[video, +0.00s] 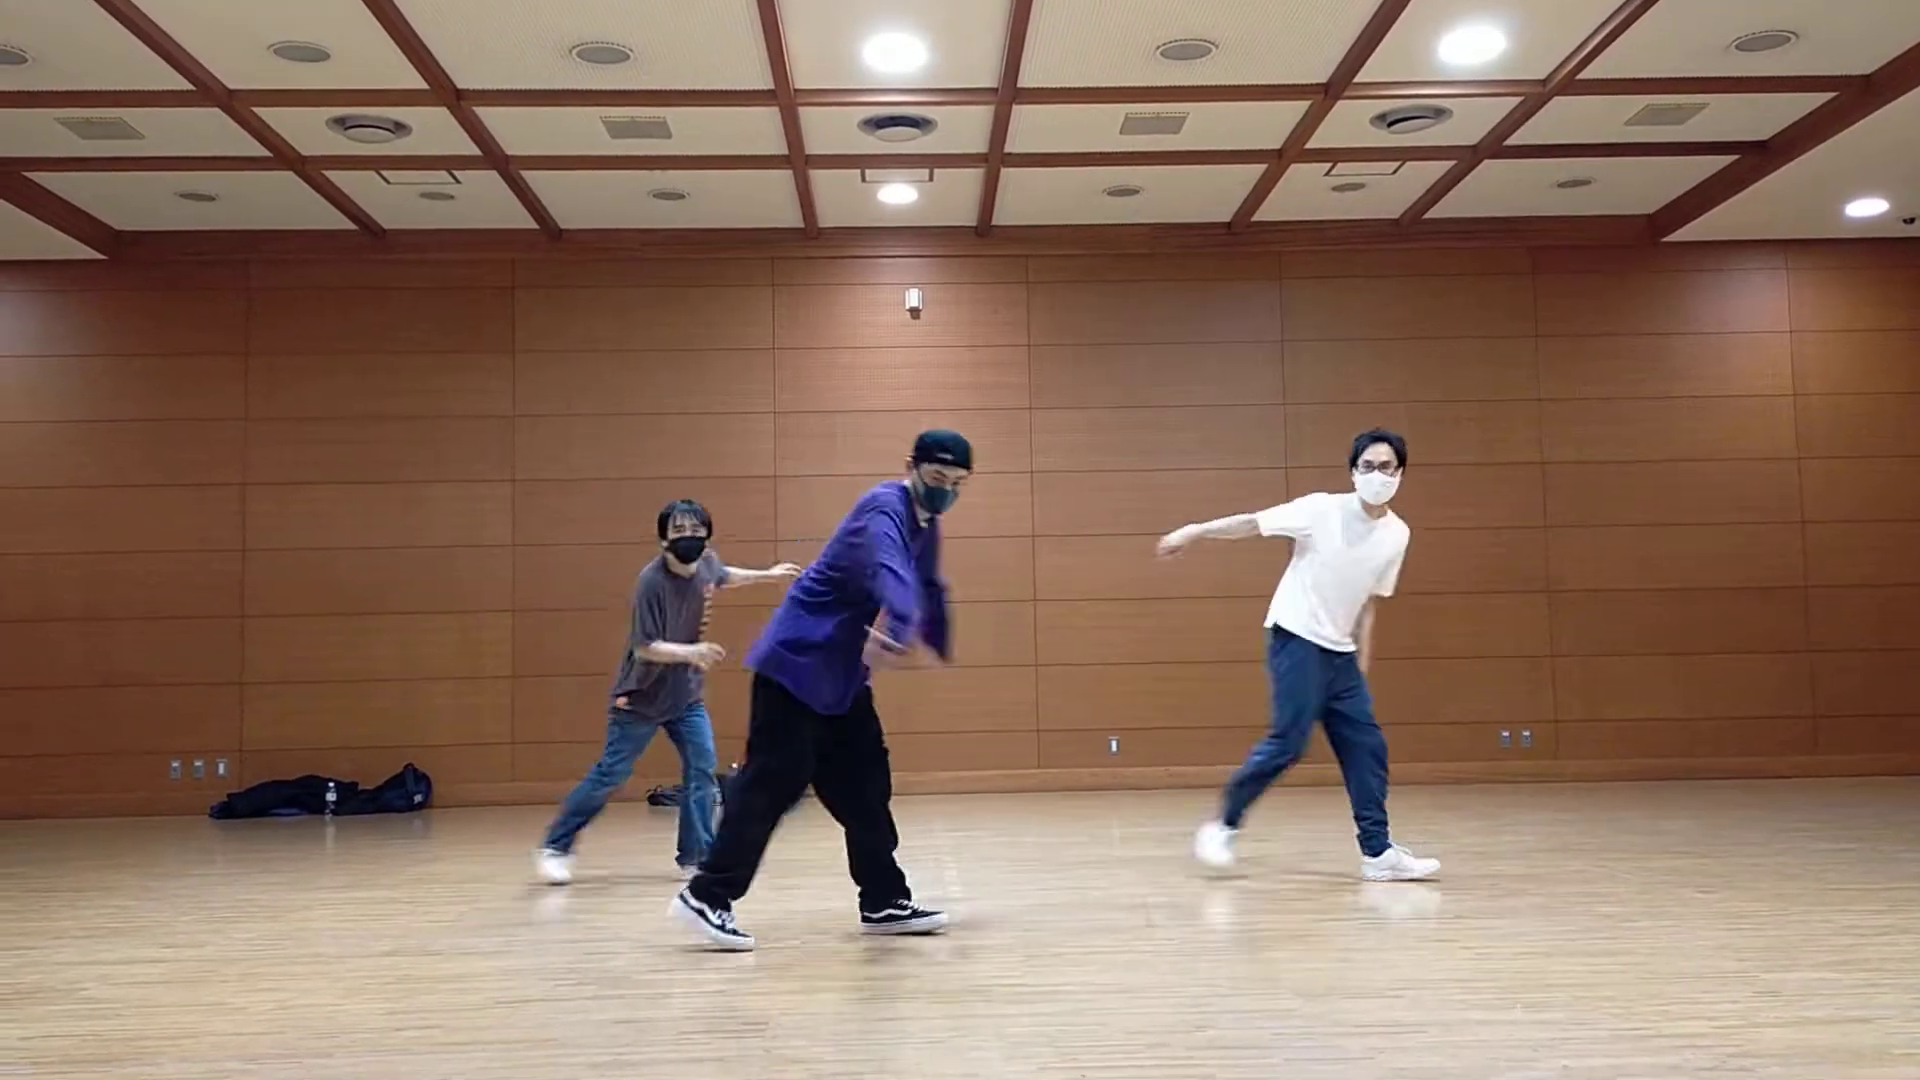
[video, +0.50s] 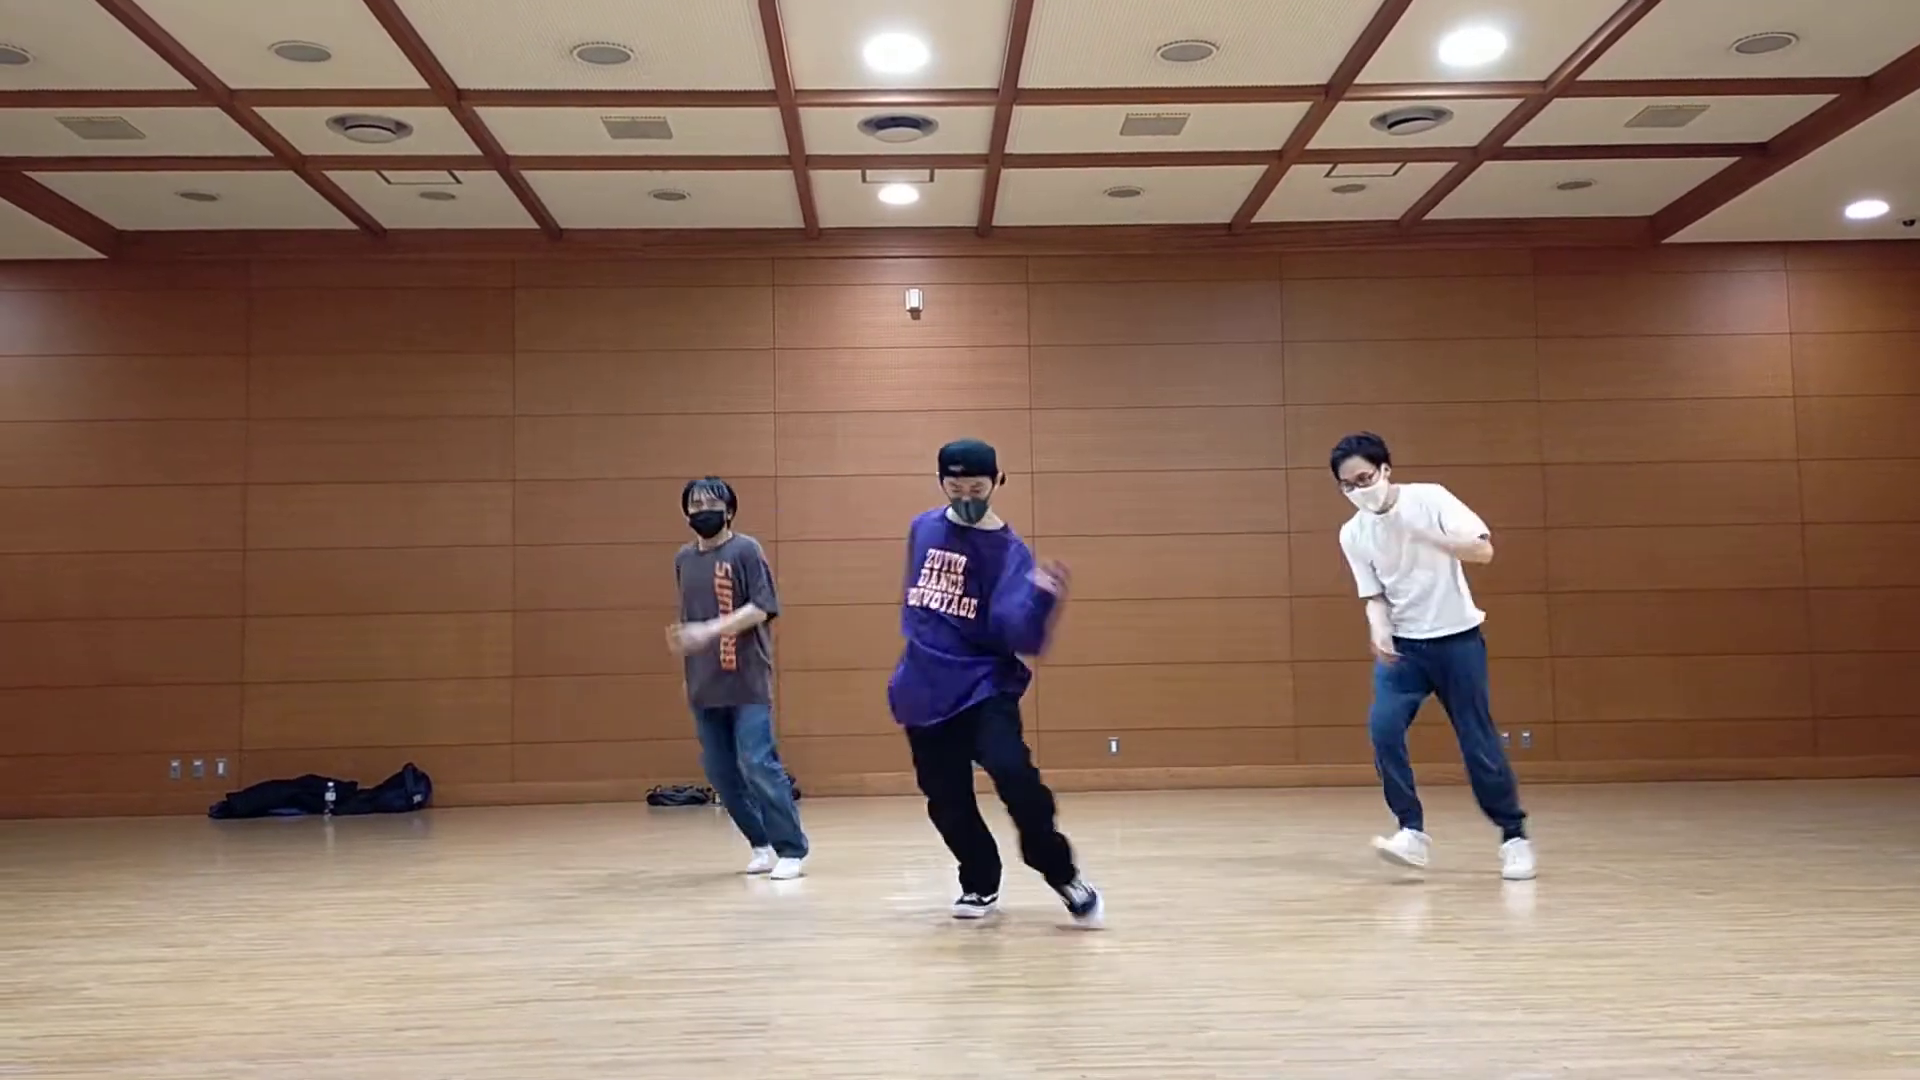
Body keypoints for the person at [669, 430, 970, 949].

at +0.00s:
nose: (946, 488)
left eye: (957, 481)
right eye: (938, 475)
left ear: (964, 484)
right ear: (914, 467)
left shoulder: (926, 523)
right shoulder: (883, 510)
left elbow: (931, 583)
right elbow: (888, 569)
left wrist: (938, 637)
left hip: (841, 672)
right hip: (794, 665)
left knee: (865, 787)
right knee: (773, 781)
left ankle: (883, 903)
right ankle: (705, 896)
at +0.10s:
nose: (964, 486)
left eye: (974, 479)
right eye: (955, 475)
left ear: (983, 482)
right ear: (932, 468)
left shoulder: (958, 532)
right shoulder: (892, 502)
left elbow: (972, 578)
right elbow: (827, 527)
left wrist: (996, 605)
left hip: (876, 664)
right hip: (827, 656)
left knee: (888, 785)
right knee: (831, 780)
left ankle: (885, 904)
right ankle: (767, 876)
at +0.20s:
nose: (969, 489)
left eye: (980, 480)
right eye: (960, 476)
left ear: (992, 476)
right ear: (940, 463)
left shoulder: (980, 532)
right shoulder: (891, 486)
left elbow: (1018, 578)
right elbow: (795, 481)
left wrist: (1056, 622)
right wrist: (721, 521)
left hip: (914, 669)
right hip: (856, 661)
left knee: (914, 783)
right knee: (877, 780)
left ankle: (886, 898)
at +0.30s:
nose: (970, 486)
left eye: (980, 477)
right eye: (960, 474)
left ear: (993, 476)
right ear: (942, 467)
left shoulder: (994, 536)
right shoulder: (895, 491)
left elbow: (1039, 592)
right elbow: (812, 491)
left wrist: (1095, 632)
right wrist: (764, 550)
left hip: (948, 672)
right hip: (880, 670)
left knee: (964, 778)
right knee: (911, 787)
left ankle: (918, 885)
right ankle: (954, 882)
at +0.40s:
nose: (965, 492)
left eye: (976, 483)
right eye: (955, 481)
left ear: (992, 485)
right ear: (941, 480)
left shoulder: (997, 552)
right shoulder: (905, 518)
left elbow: (1045, 623)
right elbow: (858, 561)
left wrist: (1090, 637)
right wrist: (851, 612)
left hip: (975, 681)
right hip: (910, 686)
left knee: (995, 770)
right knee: (942, 794)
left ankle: (991, 868)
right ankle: (982, 880)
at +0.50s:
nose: (967, 495)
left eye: (978, 485)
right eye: (957, 485)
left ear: (994, 485)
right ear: (942, 485)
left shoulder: (1009, 552)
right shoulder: (923, 529)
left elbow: (1019, 637)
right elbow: (916, 604)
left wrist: (1041, 596)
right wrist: (912, 669)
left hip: (983, 687)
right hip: (925, 688)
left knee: (1014, 773)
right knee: (946, 800)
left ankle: (1060, 873)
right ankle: (980, 881)